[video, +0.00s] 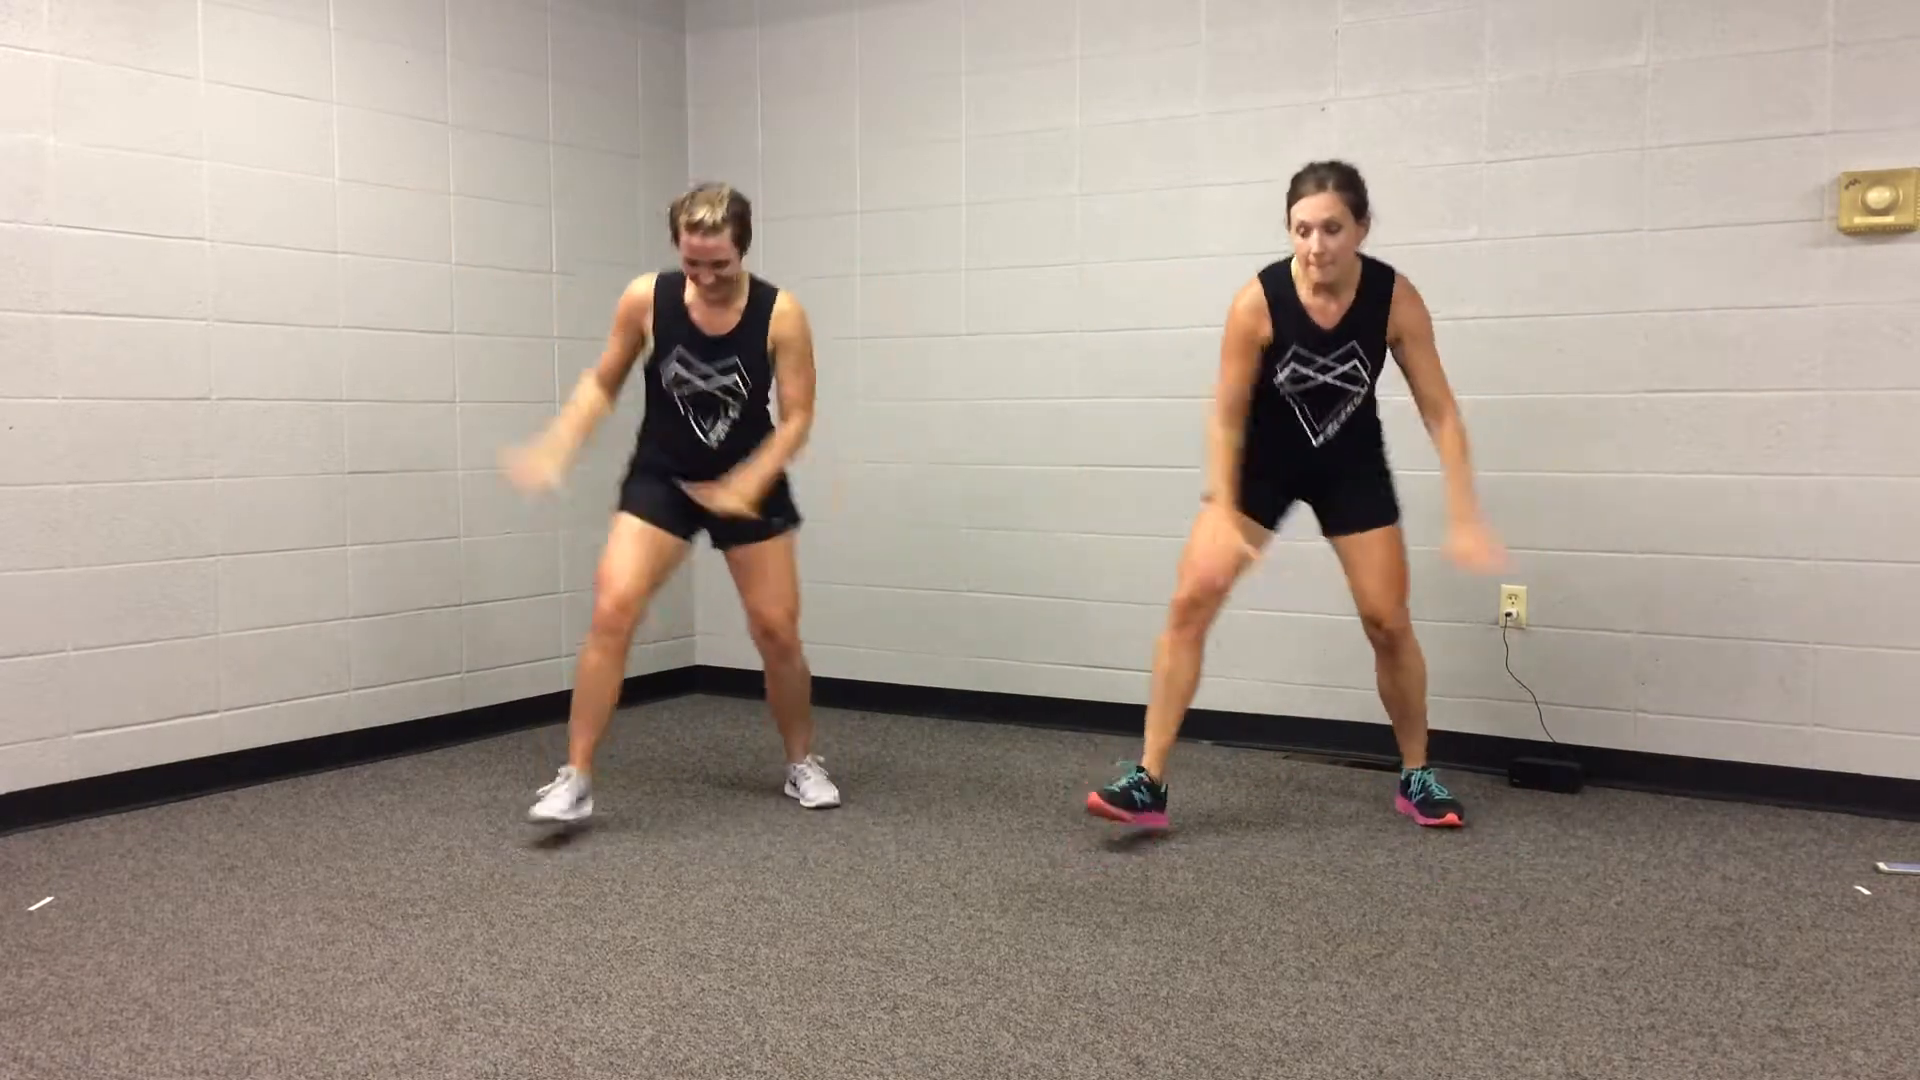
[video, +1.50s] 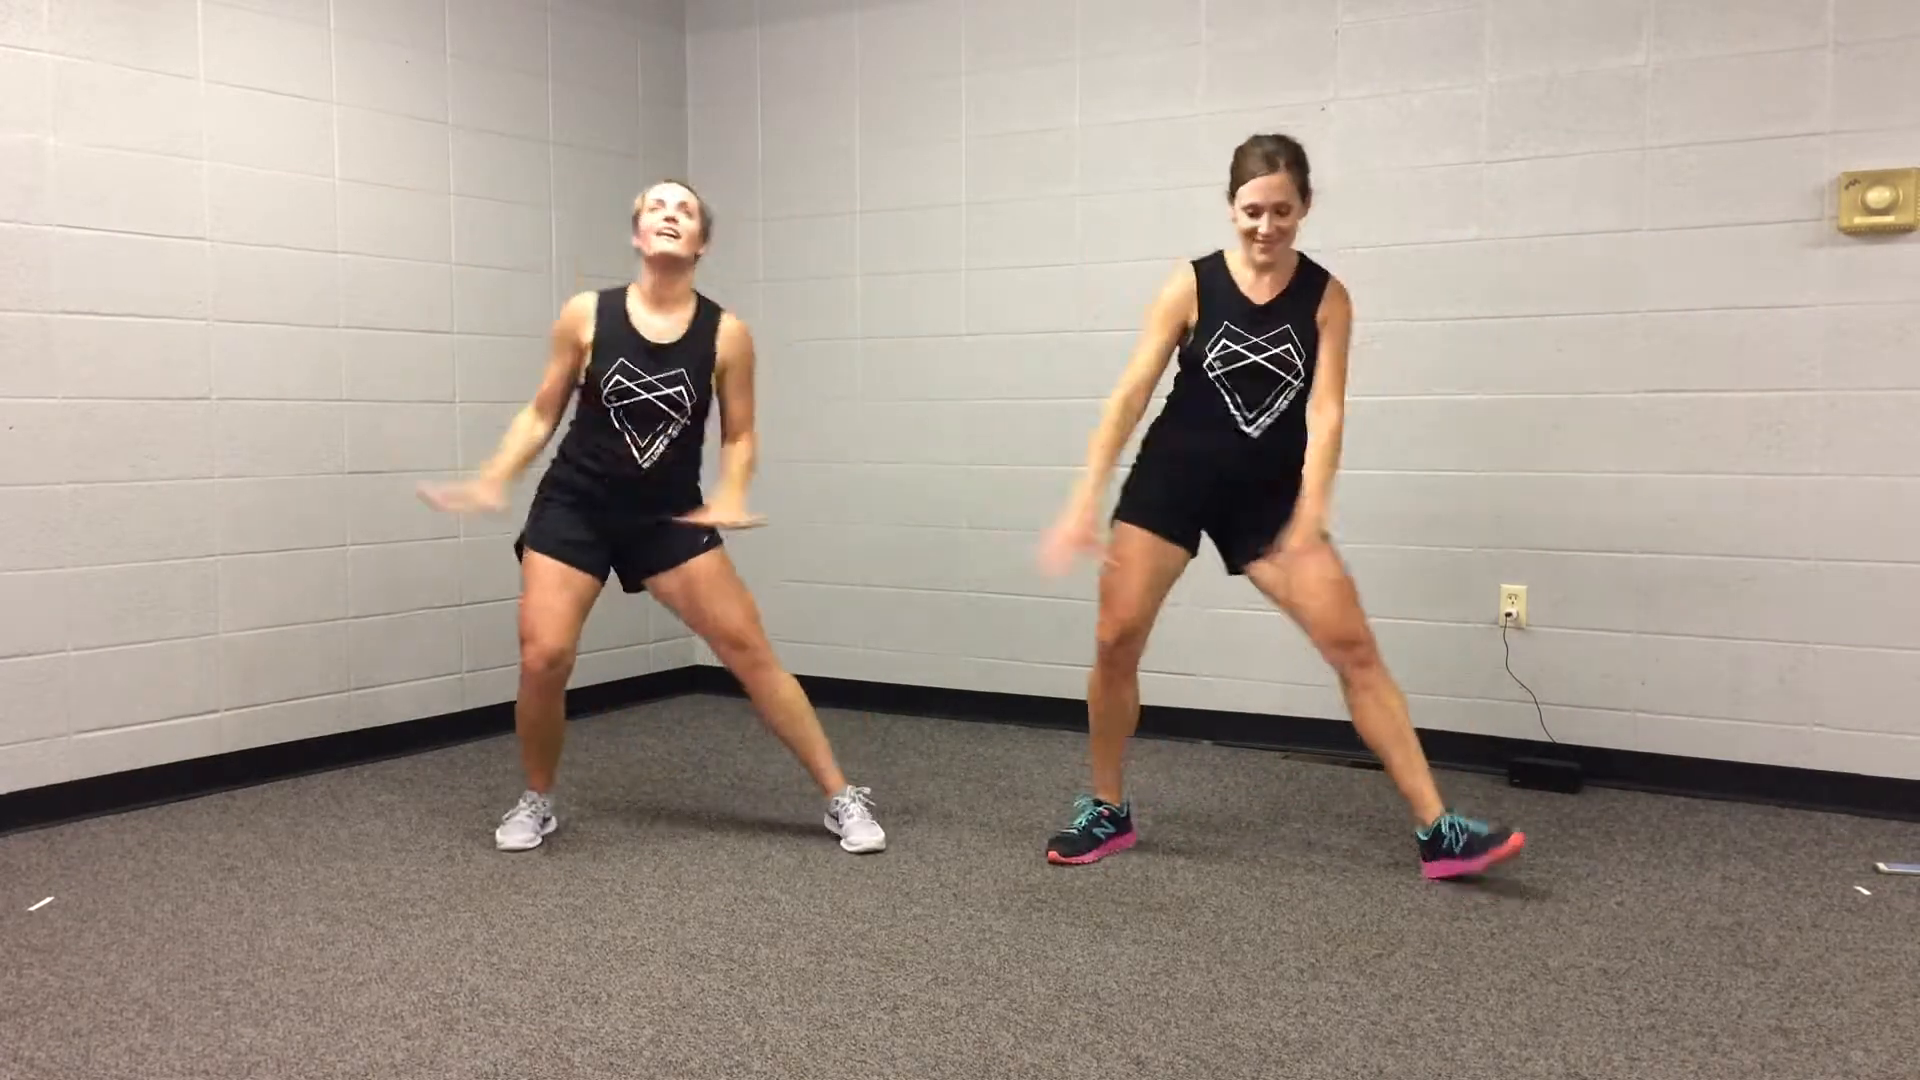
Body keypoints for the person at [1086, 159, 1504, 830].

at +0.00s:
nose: (1315, 246)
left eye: (1331, 229)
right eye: (1302, 231)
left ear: (1362, 230)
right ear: (1288, 232)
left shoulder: (1395, 301)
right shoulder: (1257, 307)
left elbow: (1441, 412)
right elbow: (1226, 418)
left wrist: (1465, 515)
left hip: (1351, 461)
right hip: (1264, 461)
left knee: (1387, 621)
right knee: (1189, 602)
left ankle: (1416, 773)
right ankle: (1148, 776)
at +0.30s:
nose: (1269, 221)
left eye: (1285, 209)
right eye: (1258, 210)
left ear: (1315, 221)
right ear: (1244, 221)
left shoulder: (1338, 314)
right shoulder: (1205, 291)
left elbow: (1336, 439)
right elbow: (1144, 384)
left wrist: (1284, 426)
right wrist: (1087, 399)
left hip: (1255, 482)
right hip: (1170, 466)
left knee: (1334, 640)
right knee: (1142, 632)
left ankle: (1406, 773)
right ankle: (1138, 789)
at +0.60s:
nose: (1248, 167)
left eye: (1265, 158)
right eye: (1237, 157)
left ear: (1288, 178)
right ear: (1219, 173)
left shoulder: (1305, 264)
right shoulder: (1190, 264)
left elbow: (1370, 352)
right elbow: (1151, 372)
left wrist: (1456, 350)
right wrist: (1255, 370)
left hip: (1293, 468)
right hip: (1205, 470)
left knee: (1379, 607)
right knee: (1178, 638)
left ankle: (1440, 800)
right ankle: (1143, 789)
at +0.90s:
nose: (1290, 178)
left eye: (1305, 168)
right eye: (1275, 168)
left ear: (1326, 191)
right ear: (1251, 192)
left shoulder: (1362, 280)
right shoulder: (1231, 288)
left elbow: (1425, 377)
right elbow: (1232, 406)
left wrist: (1524, 403)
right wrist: (1335, 391)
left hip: (1394, 478)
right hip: (1292, 487)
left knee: (1443, 645)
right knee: (1207, 657)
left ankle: (1453, 834)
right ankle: (1160, 787)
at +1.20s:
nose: (1298, 156)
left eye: (1314, 143)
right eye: (1283, 148)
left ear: (1343, 163)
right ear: (1266, 173)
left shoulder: (1385, 250)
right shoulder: (1245, 263)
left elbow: (1471, 344)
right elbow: (1177, 369)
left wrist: (1392, 300)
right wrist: (1127, 344)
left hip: (1309, 469)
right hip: (1210, 450)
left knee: (1370, 646)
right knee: (1121, 602)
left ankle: (1448, 831)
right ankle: (1096, 785)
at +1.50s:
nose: (1265, 225)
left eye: (1280, 211)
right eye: (1251, 211)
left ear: (1303, 211)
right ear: (1230, 211)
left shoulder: (1325, 301)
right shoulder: (1190, 289)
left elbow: (1326, 413)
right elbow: (1129, 398)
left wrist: (1310, 516)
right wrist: (1089, 496)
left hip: (1267, 495)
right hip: (1171, 482)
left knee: (1352, 644)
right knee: (1116, 635)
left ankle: (1436, 826)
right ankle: (1106, 806)